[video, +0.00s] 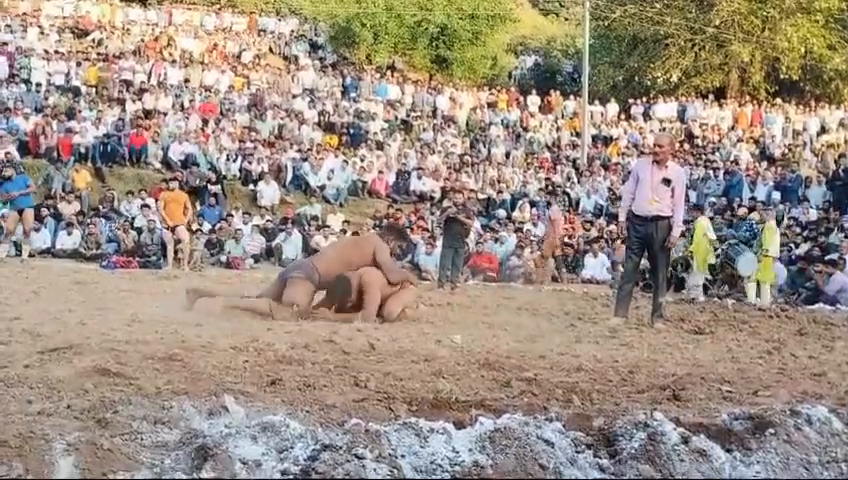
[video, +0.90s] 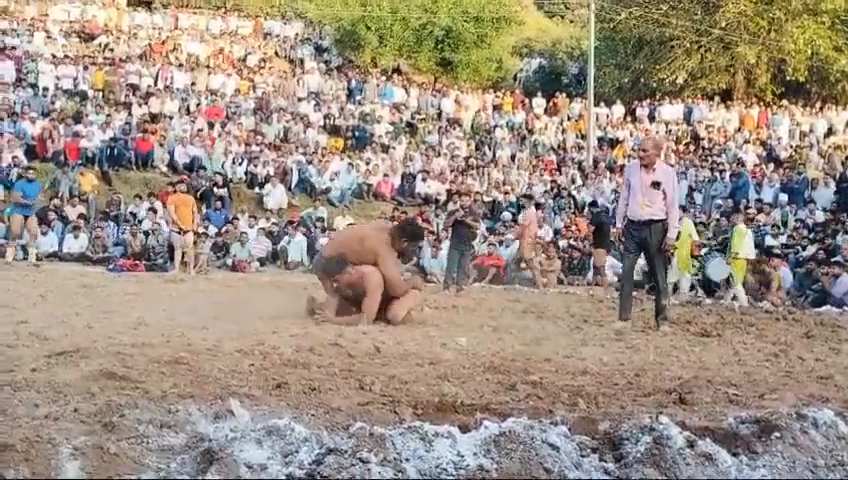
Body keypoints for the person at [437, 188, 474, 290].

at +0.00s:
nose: (457, 200)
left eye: (460, 198)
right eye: (456, 197)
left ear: (463, 199)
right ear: (452, 198)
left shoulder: (467, 211)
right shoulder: (446, 209)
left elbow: (471, 223)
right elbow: (439, 221)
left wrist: (459, 217)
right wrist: (447, 214)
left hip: (461, 240)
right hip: (448, 239)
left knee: (458, 265)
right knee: (445, 263)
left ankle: (454, 284)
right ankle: (441, 283)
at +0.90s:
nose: (464, 203)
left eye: (466, 201)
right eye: (462, 201)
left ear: (470, 201)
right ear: (459, 201)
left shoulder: (473, 214)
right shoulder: (453, 213)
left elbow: (478, 225)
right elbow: (446, 224)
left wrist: (466, 220)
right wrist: (455, 217)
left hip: (467, 244)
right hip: (455, 243)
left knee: (464, 268)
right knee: (451, 266)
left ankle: (460, 287)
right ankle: (447, 286)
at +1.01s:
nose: (472, 205)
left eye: (474, 203)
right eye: (470, 203)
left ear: (477, 204)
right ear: (466, 203)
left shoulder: (481, 216)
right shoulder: (461, 215)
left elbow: (485, 228)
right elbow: (454, 227)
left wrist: (474, 222)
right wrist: (463, 218)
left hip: (475, 246)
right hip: (463, 245)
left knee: (472, 269)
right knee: (459, 268)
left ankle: (469, 288)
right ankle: (455, 287)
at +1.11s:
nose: (484, 209)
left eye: (486, 207)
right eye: (482, 206)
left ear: (490, 207)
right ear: (478, 207)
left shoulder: (493, 220)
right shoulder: (473, 219)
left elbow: (498, 231)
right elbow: (466, 231)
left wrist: (485, 226)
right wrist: (475, 223)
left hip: (488, 250)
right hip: (475, 249)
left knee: (484, 274)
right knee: (472, 272)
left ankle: (481, 292)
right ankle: (467, 290)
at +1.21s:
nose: (496, 214)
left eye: (498, 212)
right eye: (494, 212)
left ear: (502, 213)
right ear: (492, 212)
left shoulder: (507, 225)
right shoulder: (487, 224)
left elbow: (511, 237)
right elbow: (479, 236)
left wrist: (500, 232)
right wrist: (488, 228)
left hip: (501, 256)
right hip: (489, 255)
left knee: (497, 279)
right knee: (485, 278)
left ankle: (494, 297)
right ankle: (480, 295)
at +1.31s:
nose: (508, 220)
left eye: (510, 218)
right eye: (506, 218)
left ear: (514, 219)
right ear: (503, 219)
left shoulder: (517, 230)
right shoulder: (498, 230)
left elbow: (524, 242)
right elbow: (490, 242)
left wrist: (512, 238)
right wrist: (499, 234)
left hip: (513, 259)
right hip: (500, 258)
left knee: (510, 283)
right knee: (496, 281)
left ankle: (507, 302)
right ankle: (493, 300)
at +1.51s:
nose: (498, 226)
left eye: (501, 224)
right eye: (496, 224)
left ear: (504, 225)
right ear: (493, 225)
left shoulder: (509, 235)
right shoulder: (489, 235)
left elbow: (515, 248)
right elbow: (482, 248)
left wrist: (501, 244)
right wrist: (490, 240)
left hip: (503, 265)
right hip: (491, 264)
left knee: (501, 289)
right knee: (488, 287)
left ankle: (498, 308)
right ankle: (484, 306)